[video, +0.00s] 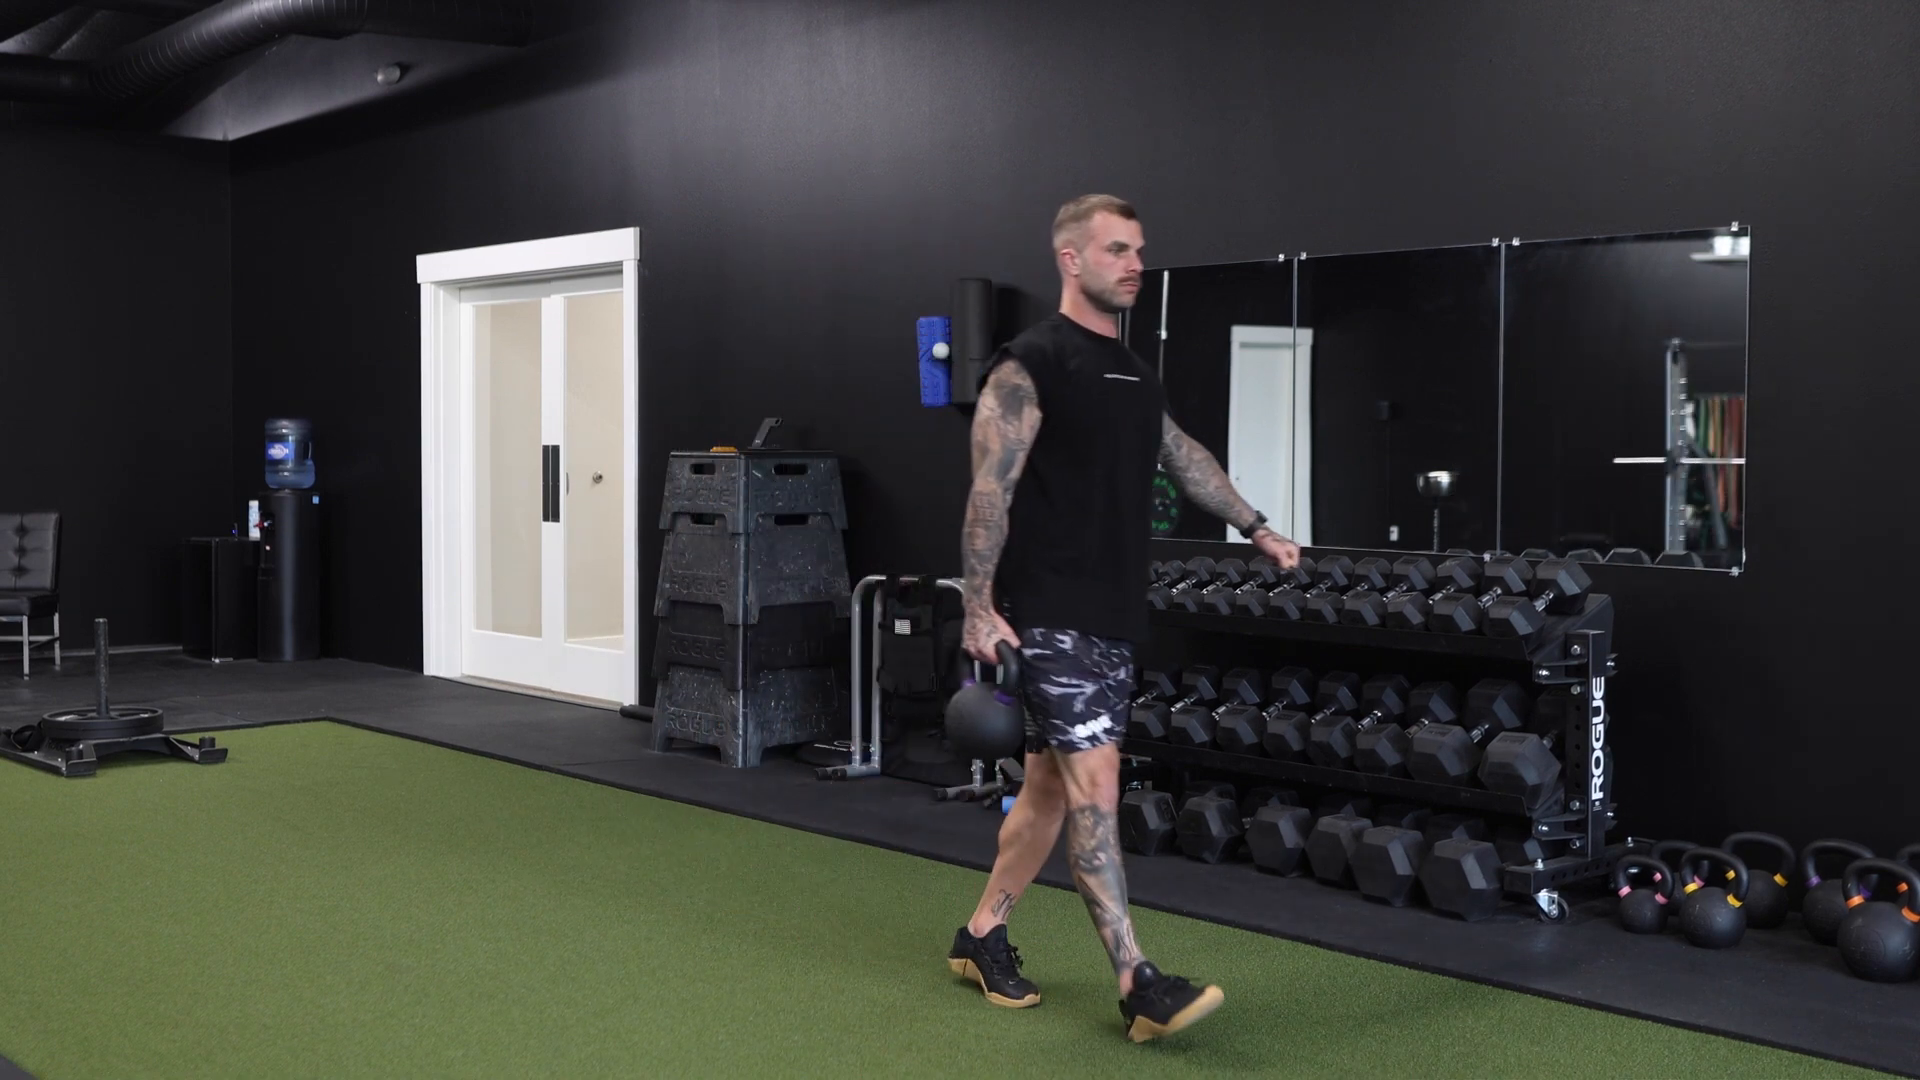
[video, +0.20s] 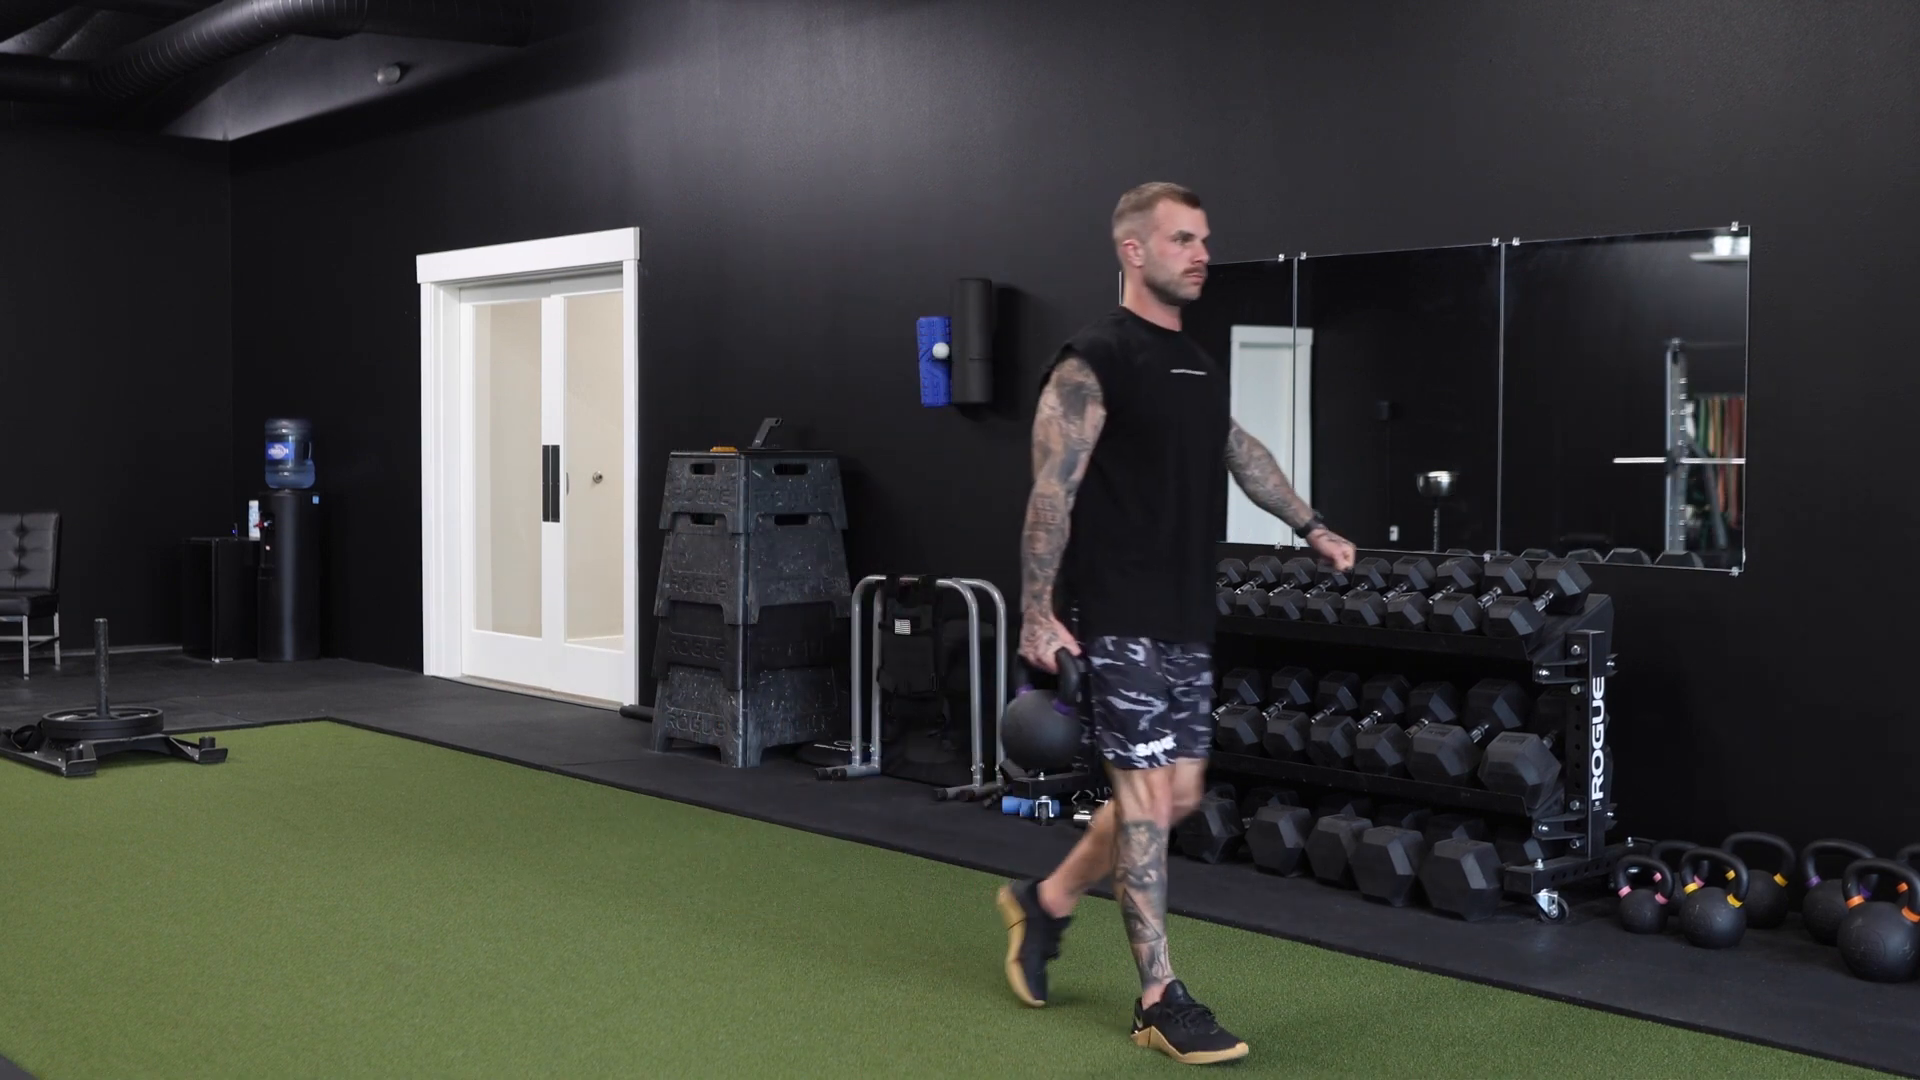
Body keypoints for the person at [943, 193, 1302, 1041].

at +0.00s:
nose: (1135, 265)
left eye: (1139, 253)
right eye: (1118, 251)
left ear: (1132, 265)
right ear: (1068, 259)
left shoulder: (1133, 366)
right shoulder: (1027, 366)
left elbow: (1180, 454)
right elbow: (990, 492)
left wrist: (1253, 524)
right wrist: (976, 604)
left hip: (1113, 613)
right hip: (1047, 609)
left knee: (1048, 786)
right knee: (1093, 783)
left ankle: (982, 932)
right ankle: (1135, 981)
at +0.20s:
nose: (1201, 254)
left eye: (1204, 242)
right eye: (1184, 241)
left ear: (1198, 255)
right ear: (1130, 251)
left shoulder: (1198, 357)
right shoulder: (1089, 365)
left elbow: (1238, 450)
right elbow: (1051, 493)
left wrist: (1308, 523)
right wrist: (1036, 607)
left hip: (1187, 613)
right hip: (1113, 616)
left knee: (1180, 789)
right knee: (1143, 797)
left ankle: (1044, 902)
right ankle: (1158, 995)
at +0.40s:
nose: (1258, 245)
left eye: (1261, 231)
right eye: (1239, 230)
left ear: (1251, 244)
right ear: (1184, 240)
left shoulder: (1256, 360)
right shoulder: (1142, 358)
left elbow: (1301, 446)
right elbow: (1105, 487)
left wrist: (1370, 518)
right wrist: (1094, 608)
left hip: (1252, 621)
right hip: (1169, 625)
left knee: (1298, 781)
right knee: (1172, 808)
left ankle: (1201, 925)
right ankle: (1158, 997)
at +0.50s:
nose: (1287, 242)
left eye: (1290, 228)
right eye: (1267, 226)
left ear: (1283, 242)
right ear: (1213, 237)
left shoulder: (1283, 358)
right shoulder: (1172, 357)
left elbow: (1331, 445)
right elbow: (1134, 489)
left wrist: (1403, 517)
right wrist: (1126, 611)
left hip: (1282, 626)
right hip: (1196, 627)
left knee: (1323, 791)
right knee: (1183, 808)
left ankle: (1285, 992)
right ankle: (1162, 996)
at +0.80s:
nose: (1402, 242)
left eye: (1403, 227)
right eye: (1382, 226)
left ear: (1387, 240)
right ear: (1324, 238)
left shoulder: (1390, 360)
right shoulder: (1279, 360)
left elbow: (1429, 464)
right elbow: (1243, 494)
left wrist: (1503, 547)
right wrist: (1229, 622)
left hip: (1392, 644)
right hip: (1305, 643)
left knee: (1383, 832)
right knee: (1289, 838)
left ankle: (1364, 1042)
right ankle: (1179, 969)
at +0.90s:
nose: (1441, 238)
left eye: (1442, 223)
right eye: (1421, 221)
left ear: (1424, 236)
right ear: (1362, 232)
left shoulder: (1430, 360)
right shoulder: (1316, 356)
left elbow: (1469, 465)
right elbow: (1278, 495)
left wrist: (1543, 548)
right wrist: (1263, 624)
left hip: (1429, 642)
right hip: (1349, 641)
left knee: (1407, 847)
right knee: (1378, 845)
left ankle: (1367, 1044)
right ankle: (1235, 949)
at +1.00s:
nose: (1478, 232)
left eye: (1480, 217)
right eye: (1458, 216)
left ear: (1466, 232)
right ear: (1397, 228)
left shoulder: (1461, 354)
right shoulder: (1349, 351)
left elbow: (1506, 459)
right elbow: (1310, 494)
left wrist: (1584, 544)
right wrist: (1296, 626)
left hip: (1454, 633)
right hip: (1380, 633)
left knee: (1410, 845)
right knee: (1470, 821)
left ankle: (1370, 1038)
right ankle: (1319, 965)